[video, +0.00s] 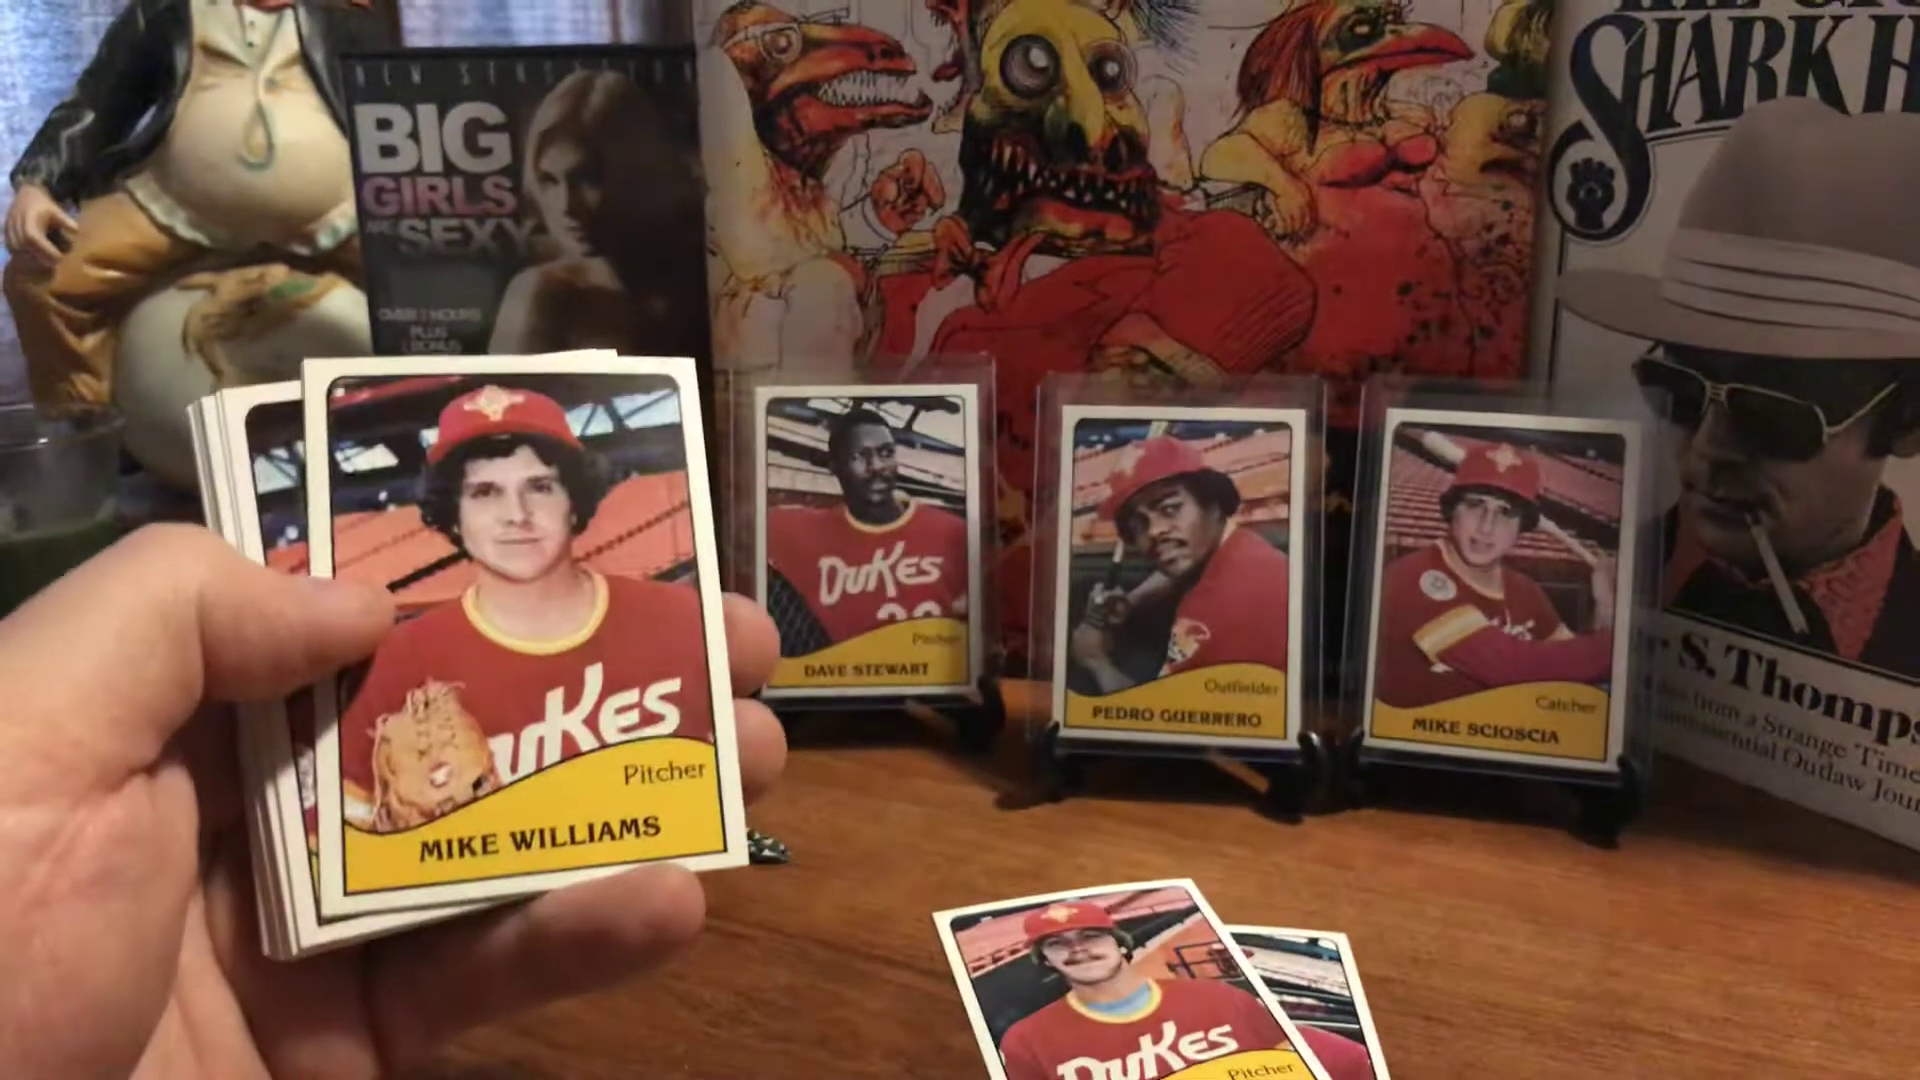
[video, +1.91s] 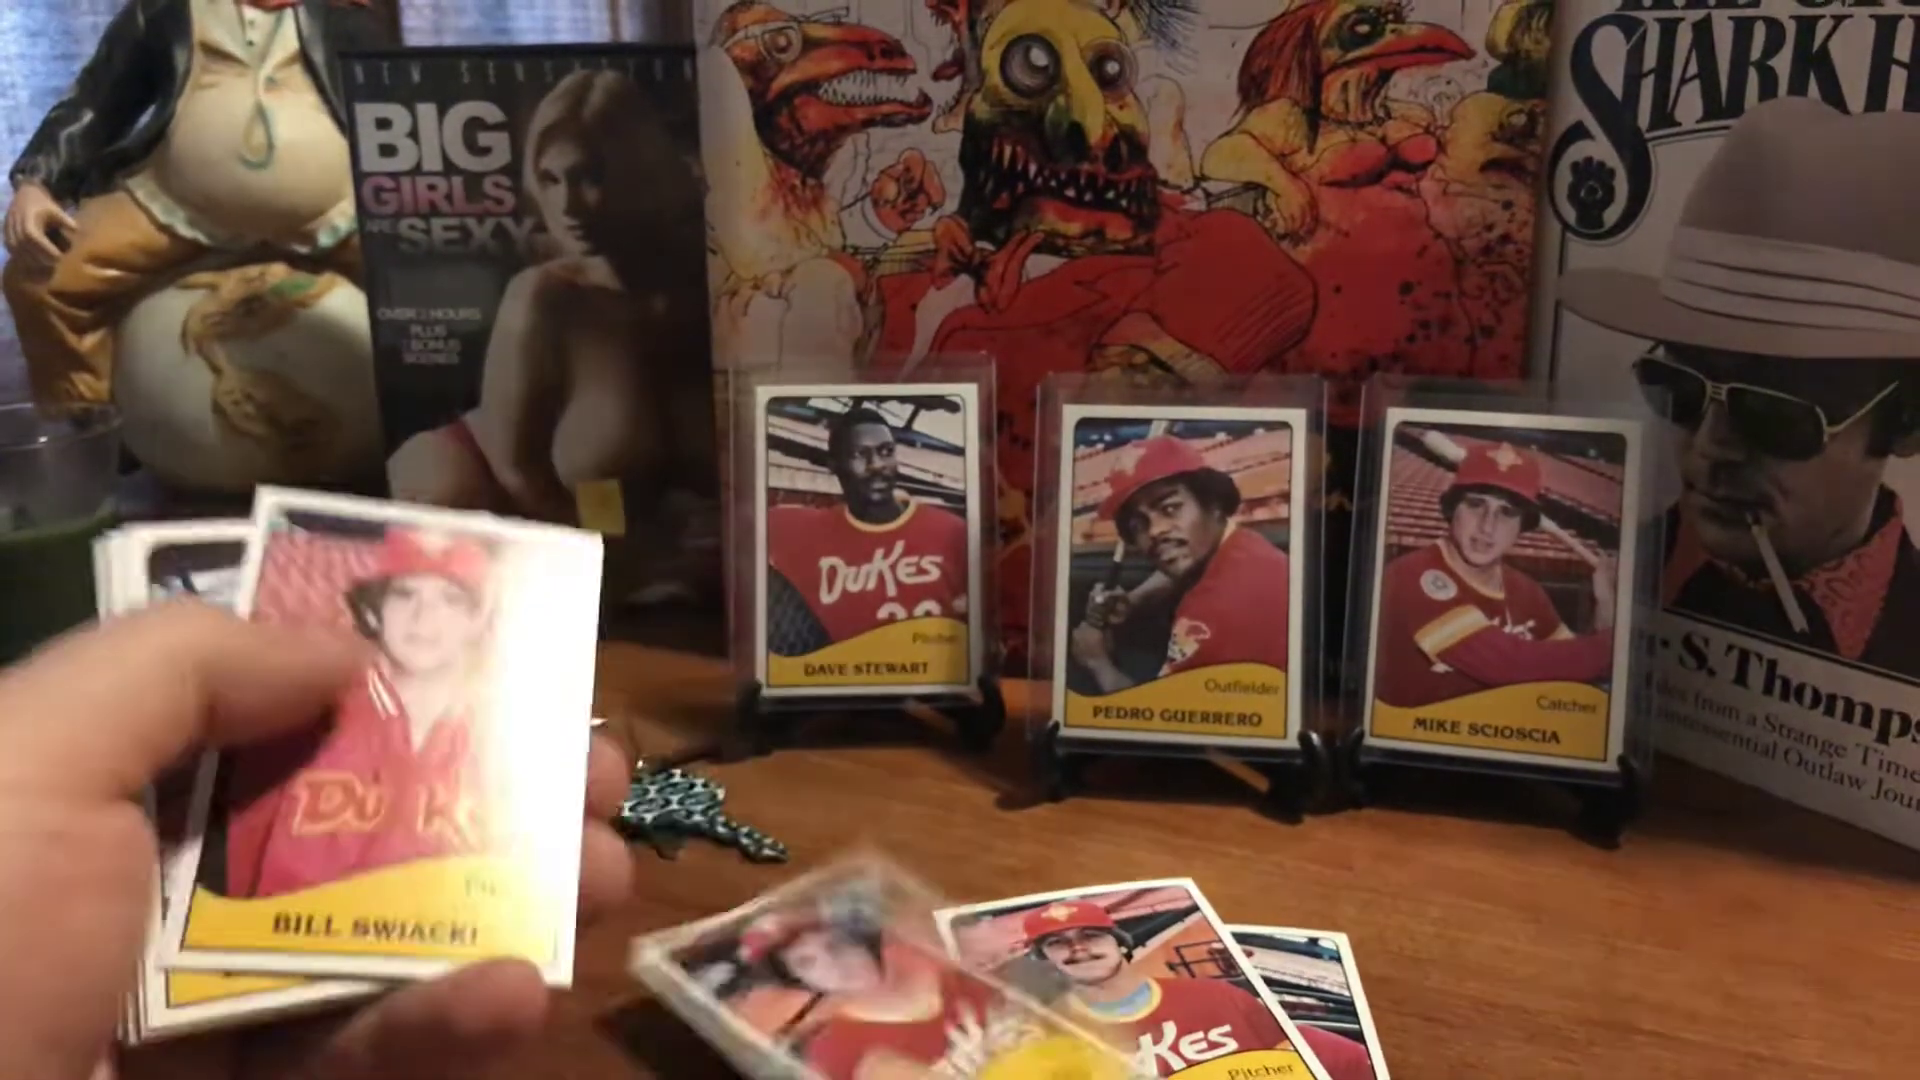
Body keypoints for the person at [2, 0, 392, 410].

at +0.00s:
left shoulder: (349, 18)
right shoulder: (164, 12)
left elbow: (400, 103)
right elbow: (96, 103)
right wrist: (34, 183)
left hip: (336, 214)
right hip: (175, 209)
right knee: (41, 281)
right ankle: (98, 447)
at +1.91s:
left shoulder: (348, 19)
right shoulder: (164, 11)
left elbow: (400, 107)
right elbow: (94, 103)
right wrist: (32, 181)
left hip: (338, 212)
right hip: (176, 207)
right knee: (41, 280)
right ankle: (98, 443)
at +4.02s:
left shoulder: (347, 20)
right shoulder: (164, 11)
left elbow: (399, 106)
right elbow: (97, 102)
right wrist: (34, 182)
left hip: (337, 210)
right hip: (177, 206)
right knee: (42, 281)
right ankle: (102, 447)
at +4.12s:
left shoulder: (349, 19)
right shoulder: (165, 11)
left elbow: (400, 109)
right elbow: (98, 102)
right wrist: (35, 182)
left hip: (338, 212)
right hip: (178, 206)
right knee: (42, 280)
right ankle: (101, 439)